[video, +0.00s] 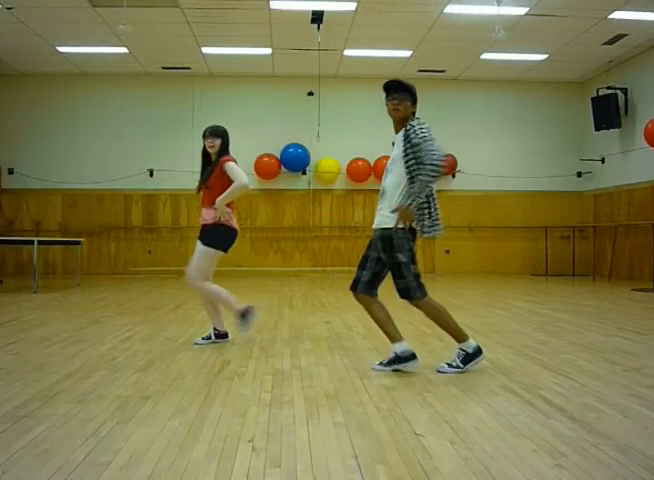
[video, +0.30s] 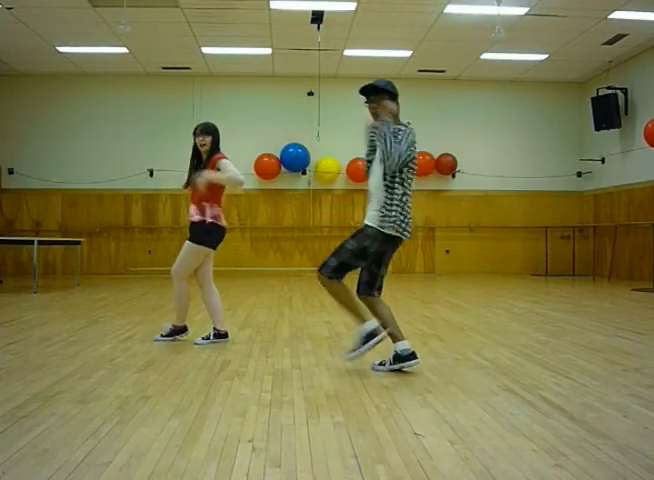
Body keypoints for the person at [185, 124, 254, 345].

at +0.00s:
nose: (210, 142)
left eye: (214, 138)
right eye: (207, 138)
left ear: (223, 141)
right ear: (204, 142)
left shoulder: (226, 162)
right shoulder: (212, 165)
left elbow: (242, 183)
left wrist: (221, 203)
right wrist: (210, 205)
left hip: (219, 226)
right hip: (211, 225)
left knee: (194, 277)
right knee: (202, 280)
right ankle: (218, 330)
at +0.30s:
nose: (201, 139)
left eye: (206, 136)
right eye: (198, 136)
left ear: (214, 138)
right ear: (195, 140)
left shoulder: (218, 160)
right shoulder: (200, 162)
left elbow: (238, 180)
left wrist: (211, 177)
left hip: (208, 226)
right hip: (201, 224)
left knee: (178, 273)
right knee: (205, 281)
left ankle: (179, 325)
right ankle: (220, 330)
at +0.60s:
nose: (182, 144)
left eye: (185, 141)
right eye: (183, 141)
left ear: (196, 144)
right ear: (198, 145)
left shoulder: (203, 168)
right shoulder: (202, 166)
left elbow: (205, 206)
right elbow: (200, 204)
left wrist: (195, 236)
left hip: (200, 228)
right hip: (202, 227)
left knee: (170, 274)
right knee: (198, 281)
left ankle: (183, 326)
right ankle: (219, 329)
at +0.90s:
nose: (213, 149)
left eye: (213, 145)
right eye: (212, 145)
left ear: (187, 142)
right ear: (207, 145)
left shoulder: (170, 167)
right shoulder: (209, 166)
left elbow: (166, 200)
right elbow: (211, 204)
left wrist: (165, 227)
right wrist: (230, 228)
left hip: (178, 226)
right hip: (206, 226)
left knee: (180, 278)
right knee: (203, 281)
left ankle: (164, 327)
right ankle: (197, 329)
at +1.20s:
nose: (212, 144)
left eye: (213, 140)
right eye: (208, 139)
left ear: (212, 144)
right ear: (197, 140)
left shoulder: (211, 167)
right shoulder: (181, 165)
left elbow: (223, 189)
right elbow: (177, 173)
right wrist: (175, 145)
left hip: (211, 221)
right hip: (188, 220)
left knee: (209, 278)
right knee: (195, 277)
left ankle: (183, 319)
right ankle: (182, 326)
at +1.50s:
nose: (208, 141)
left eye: (211, 137)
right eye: (203, 137)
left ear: (216, 141)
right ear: (195, 140)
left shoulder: (222, 164)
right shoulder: (183, 166)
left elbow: (254, 179)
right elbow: (158, 177)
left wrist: (239, 153)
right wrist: (163, 150)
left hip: (214, 224)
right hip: (186, 224)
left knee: (208, 277)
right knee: (187, 279)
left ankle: (216, 326)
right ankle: (201, 327)